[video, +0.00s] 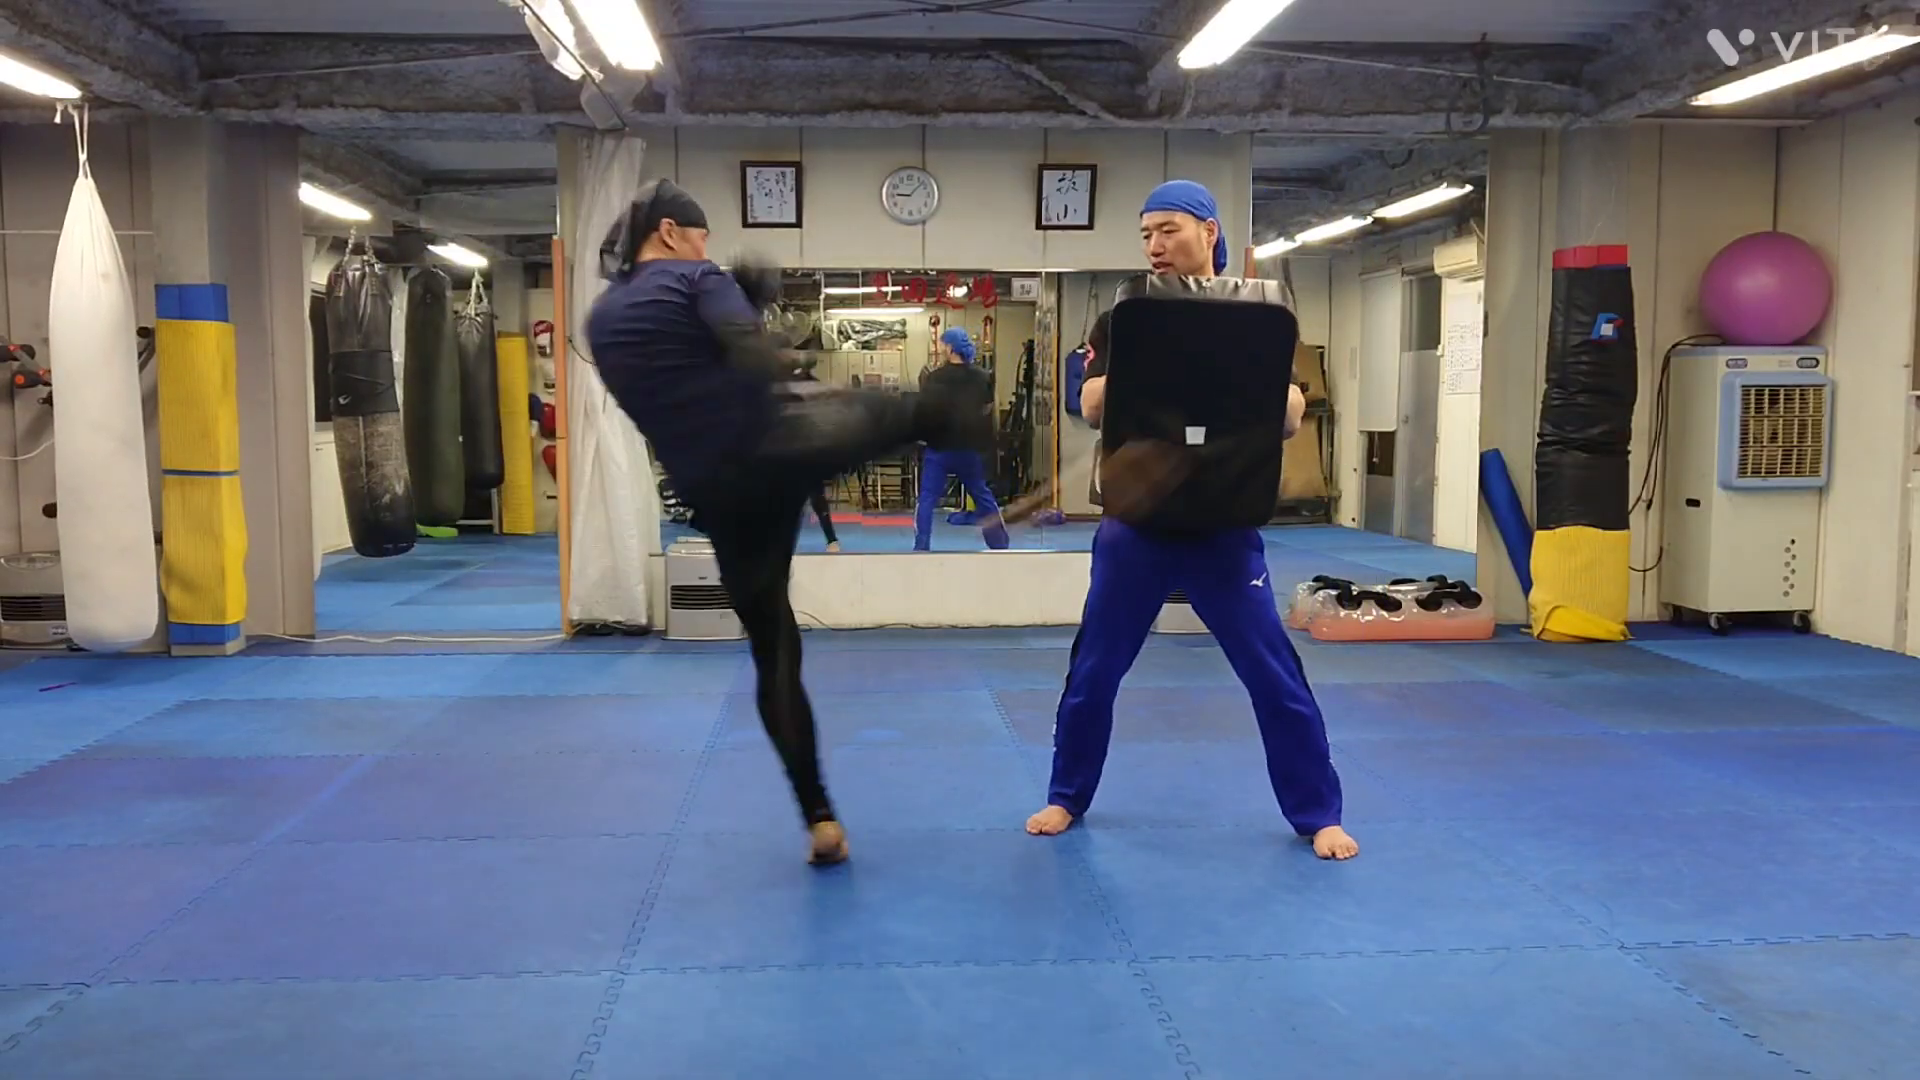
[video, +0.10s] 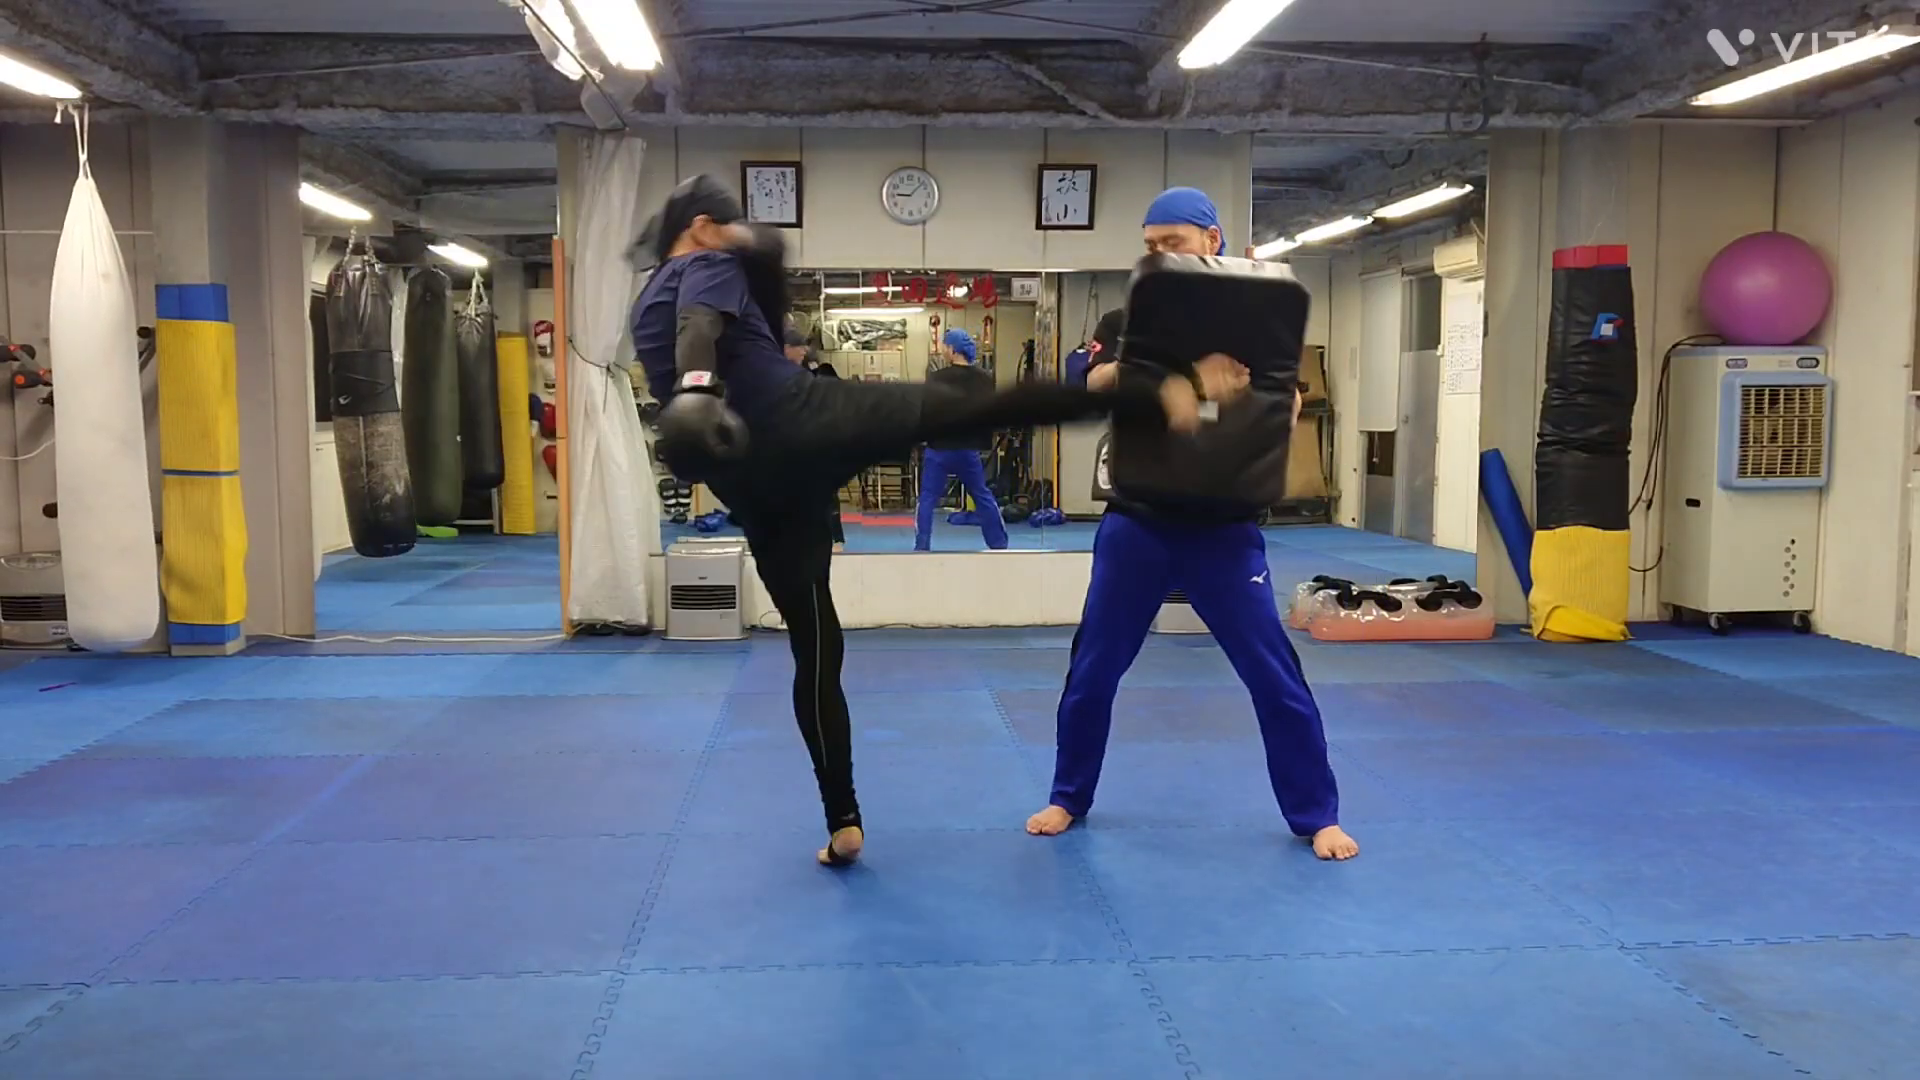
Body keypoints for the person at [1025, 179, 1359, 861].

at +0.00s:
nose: (1155, 245)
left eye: (1169, 230)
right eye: (1148, 235)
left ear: (1210, 234)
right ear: (1143, 245)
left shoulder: (1249, 314)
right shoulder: (1127, 315)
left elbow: (1290, 412)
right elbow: (1090, 402)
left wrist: (1222, 389)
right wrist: (1157, 375)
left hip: (1223, 530)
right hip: (1133, 530)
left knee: (1275, 675)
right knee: (1091, 671)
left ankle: (1320, 816)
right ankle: (1066, 798)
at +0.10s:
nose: (1160, 256)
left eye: (1174, 243)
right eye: (1152, 245)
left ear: (1214, 240)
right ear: (1143, 248)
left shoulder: (1255, 317)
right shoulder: (1131, 317)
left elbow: (1281, 404)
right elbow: (1090, 381)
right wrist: (1182, 375)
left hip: (1225, 529)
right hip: (1135, 524)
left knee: (1274, 676)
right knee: (1092, 668)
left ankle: (1318, 818)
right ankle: (1068, 799)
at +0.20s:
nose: (1167, 247)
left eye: (1181, 234)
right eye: (1158, 236)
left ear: (1213, 238)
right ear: (1147, 245)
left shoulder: (1246, 313)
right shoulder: (1129, 321)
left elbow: (1274, 393)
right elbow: (1098, 392)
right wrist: (1159, 341)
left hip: (1228, 522)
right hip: (1139, 519)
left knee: (1286, 678)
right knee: (1094, 667)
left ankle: (1320, 818)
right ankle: (1068, 800)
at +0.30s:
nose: (1167, 234)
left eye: (1180, 221)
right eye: (1158, 224)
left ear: (1214, 229)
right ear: (1147, 238)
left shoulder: (1247, 308)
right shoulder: (1122, 314)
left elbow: (1279, 390)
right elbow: (1092, 393)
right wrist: (1162, 350)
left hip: (1233, 525)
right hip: (1143, 523)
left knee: (1286, 663)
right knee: (1097, 663)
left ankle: (1321, 815)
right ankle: (1066, 800)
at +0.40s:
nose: (1170, 234)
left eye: (1184, 221)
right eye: (1160, 225)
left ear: (1216, 231)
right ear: (1150, 242)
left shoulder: (1250, 315)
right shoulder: (1127, 316)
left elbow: (1280, 393)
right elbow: (1104, 393)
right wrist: (1179, 363)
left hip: (1239, 525)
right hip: (1148, 525)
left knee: (1293, 656)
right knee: (1101, 661)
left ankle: (1320, 795)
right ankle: (1066, 799)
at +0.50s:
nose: (1184, 248)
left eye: (1197, 234)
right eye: (1173, 238)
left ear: (1230, 243)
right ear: (1165, 252)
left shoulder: (1267, 330)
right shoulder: (1145, 325)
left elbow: (1291, 413)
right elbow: (1127, 404)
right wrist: (1196, 378)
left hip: (1248, 535)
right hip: (1159, 532)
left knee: (1304, 662)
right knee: (1107, 663)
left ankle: (1311, 758)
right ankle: (1066, 797)